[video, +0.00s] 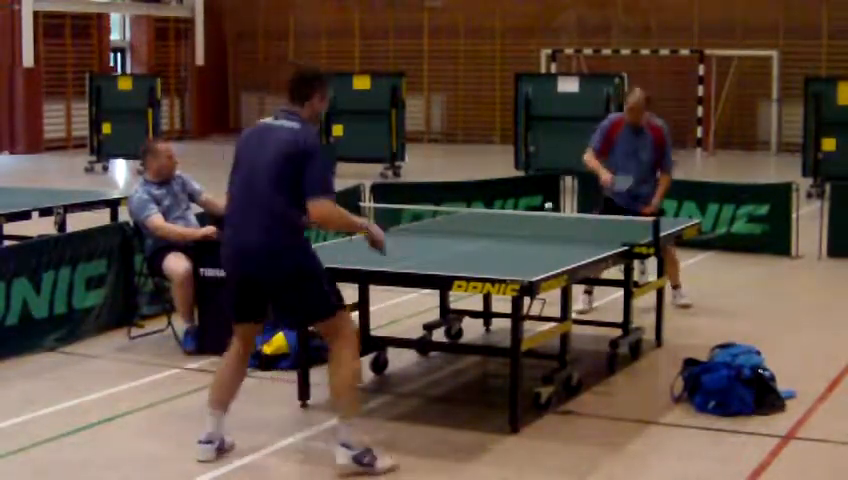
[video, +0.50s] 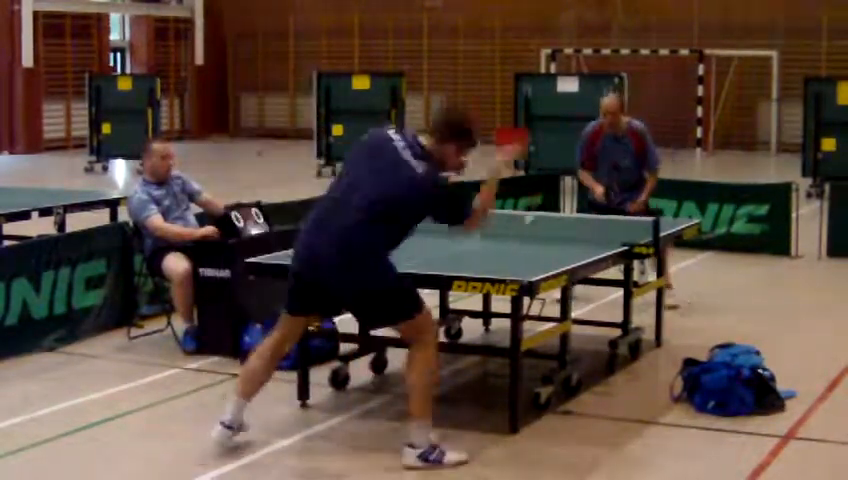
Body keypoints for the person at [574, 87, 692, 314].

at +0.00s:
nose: (632, 117)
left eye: (637, 113)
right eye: (629, 112)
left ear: (645, 111)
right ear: (625, 109)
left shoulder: (657, 129)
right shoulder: (613, 123)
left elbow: (666, 172)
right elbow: (589, 155)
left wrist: (654, 204)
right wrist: (602, 172)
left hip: (644, 200)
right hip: (613, 197)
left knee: (665, 245)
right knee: (597, 244)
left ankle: (677, 289)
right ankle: (587, 294)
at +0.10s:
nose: (632, 115)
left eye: (636, 110)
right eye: (628, 110)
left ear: (645, 108)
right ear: (622, 108)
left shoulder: (658, 126)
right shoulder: (612, 123)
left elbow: (669, 168)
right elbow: (594, 157)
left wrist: (656, 200)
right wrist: (608, 174)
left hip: (647, 196)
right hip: (616, 193)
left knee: (667, 243)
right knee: (597, 240)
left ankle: (676, 290)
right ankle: (586, 292)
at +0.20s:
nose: (627, 115)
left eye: (630, 110)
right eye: (623, 110)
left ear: (640, 108)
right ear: (618, 108)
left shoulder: (655, 126)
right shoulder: (611, 124)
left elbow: (669, 166)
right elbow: (596, 160)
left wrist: (656, 198)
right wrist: (608, 175)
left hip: (647, 195)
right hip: (616, 193)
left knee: (666, 242)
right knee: (596, 238)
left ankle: (676, 289)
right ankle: (579, 286)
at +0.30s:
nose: (621, 115)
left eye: (625, 110)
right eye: (617, 110)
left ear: (634, 108)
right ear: (612, 109)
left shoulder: (648, 126)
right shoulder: (603, 126)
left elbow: (664, 164)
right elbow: (591, 162)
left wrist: (652, 198)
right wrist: (605, 178)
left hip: (642, 195)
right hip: (612, 194)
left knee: (665, 239)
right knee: (592, 236)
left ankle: (675, 288)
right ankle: (577, 283)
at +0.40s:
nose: (613, 117)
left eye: (617, 112)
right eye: (609, 113)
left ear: (625, 110)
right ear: (603, 112)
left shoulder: (639, 128)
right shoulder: (595, 129)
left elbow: (656, 165)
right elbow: (584, 165)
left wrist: (645, 198)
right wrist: (597, 181)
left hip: (634, 195)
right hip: (604, 195)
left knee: (662, 235)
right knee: (589, 238)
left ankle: (673, 289)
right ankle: (570, 286)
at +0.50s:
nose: (610, 119)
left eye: (614, 114)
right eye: (606, 115)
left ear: (623, 113)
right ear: (601, 114)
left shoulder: (637, 131)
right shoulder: (593, 131)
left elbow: (653, 171)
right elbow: (581, 169)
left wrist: (641, 200)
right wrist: (595, 186)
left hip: (631, 197)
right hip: (602, 197)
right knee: (591, 238)